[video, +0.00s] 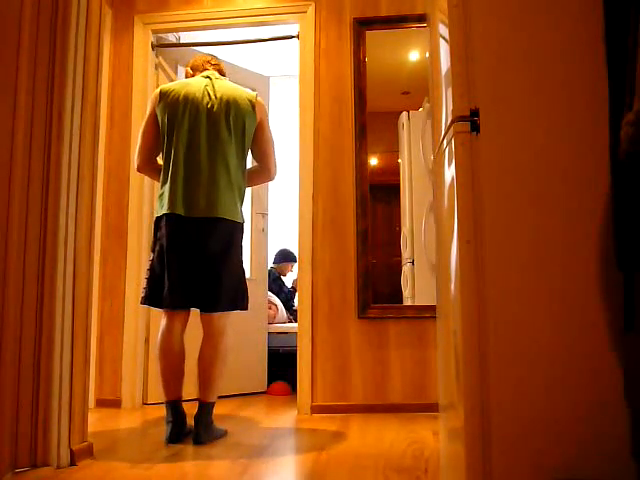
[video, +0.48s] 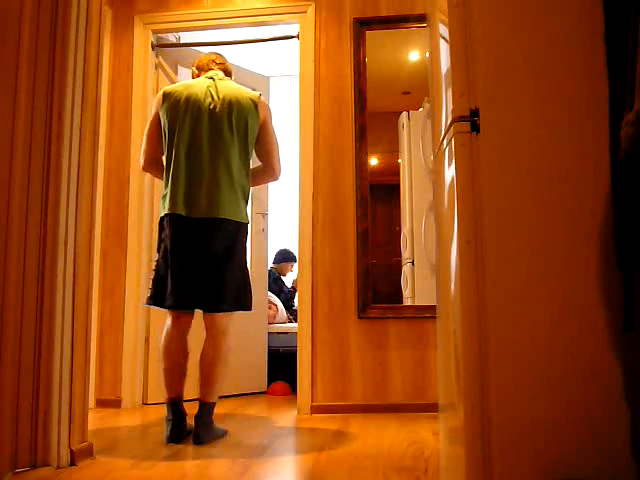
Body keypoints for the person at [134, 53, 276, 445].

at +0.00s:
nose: (187, 75)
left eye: (187, 71)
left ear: (188, 72)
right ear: (222, 72)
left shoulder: (167, 93)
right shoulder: (250, 102)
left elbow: (144, 162)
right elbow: (267, 170)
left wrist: (179, 178)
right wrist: (228, 179)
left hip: (174, 218)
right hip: (223, 220)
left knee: (172, 319)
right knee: (214, 322)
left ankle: (174, 421)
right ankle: (204, 422)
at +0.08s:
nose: (187, 75)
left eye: (187, 71)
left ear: (188, 72)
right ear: (222, 72)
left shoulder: (166, 94)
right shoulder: (250, 102)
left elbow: (145, 163)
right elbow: (267, 170)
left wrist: (180, 178)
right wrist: (229, 181)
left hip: (175, 219)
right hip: (223, 221)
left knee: (172, 320)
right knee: (215, 323)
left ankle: (174, 421)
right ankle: (205, 422)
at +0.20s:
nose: (187, 75)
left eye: (188, 72)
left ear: (189, 72)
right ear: (224, 72)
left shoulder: (167, 94)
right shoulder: (251, 102)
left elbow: (145, 163)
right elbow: (268, 170)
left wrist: (180, 179)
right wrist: (230, 180)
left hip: (175, 219)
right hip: (224, 222)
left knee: (173, 319)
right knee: (215, 323)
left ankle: (174, 421)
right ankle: (205, 422)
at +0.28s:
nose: (190, 74)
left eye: (189, 71)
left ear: (190, 72)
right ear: (224, 72)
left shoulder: (167, 94)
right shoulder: (252, 102)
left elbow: (146, 163)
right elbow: (269, 169)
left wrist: (182, 179)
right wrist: (230, 180)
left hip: (176, 219)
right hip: (224, 222)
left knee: (173, 319)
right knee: (216, 323)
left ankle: (174, 421)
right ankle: (205, 422)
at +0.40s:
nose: (191, 75)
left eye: (191, 71)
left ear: (192, 72)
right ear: (227, 73)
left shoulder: (168, 94)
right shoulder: (253, 102)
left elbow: (147, 163)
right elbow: (270, 169)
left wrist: (183, 179)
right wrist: (231, 180)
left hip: (177, 220)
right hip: (225, 222)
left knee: (174, 319)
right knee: (217, 323)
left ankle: (174, 420)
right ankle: (204, 421)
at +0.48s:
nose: (198, 74)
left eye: (196, 71)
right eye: (215, 70)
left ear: (195, 72)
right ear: (229, 73)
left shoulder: (170, 95)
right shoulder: (254, 102)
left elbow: (150, 161)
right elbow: (271, 169)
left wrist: (185, 178)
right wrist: (232, 180)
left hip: (178, 219)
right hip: (227, 222)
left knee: (177, 319)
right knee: (218, 323)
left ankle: (174, 420)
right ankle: (204, 422)